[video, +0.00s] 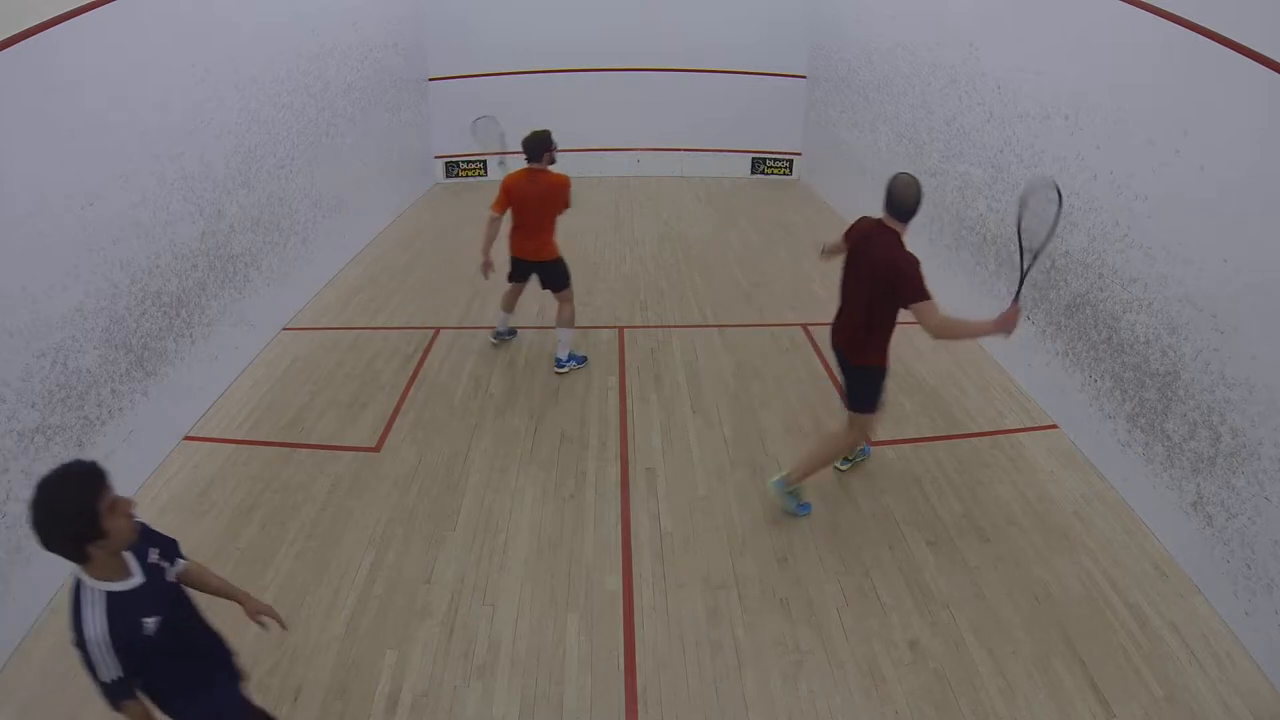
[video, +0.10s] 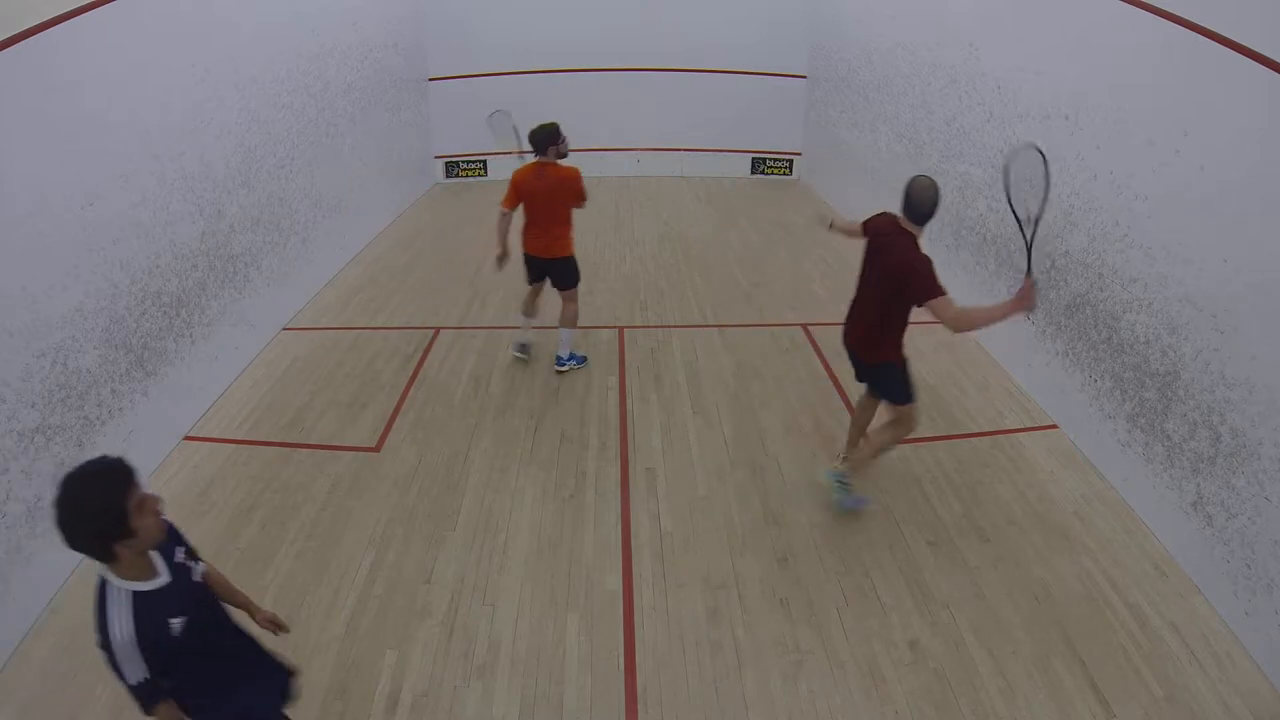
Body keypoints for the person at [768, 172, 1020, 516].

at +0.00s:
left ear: (885, 200)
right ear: (916, 210)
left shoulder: (864, 227)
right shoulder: (903, 263)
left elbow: (834, 248)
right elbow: (937, 326)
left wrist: (829, 249)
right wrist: (996, 326)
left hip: (842, 335)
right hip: (865, 355)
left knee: (860, 395)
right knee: (856, 429)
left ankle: (854, 449)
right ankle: (788, 482)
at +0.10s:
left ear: (904, 202)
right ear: (933, 213)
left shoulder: (883, 223)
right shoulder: (915, 264)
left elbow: (852, 229)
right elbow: (957, 321)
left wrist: (834, 222)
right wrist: (1016, 305)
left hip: (856, 332)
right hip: (881, 351)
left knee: (873, 392)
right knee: (904, 421)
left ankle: (846, 459)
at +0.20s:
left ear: (922, 204)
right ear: (953, 216)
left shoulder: (900, 223)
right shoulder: (932, 266)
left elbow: (865, 225)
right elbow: (976, 320)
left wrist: (836, 216)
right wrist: (1028, 291)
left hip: (868, 336)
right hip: (899, 351)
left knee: (878, 386)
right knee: (922, 417)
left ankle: (848, 452)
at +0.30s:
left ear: (933, 204)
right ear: (965, 215)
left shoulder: (906, 228)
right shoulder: (961, 268)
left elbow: (866, 241)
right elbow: (1011, 299)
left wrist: (842, 234)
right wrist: (1040, 283)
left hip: (885, 341)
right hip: (923, 356)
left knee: (879, 389)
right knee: (929, 422)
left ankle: (848, 452)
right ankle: (915, 494)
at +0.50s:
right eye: (961, 191)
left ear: (935, 198)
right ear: (969, 200)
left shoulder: (920, 240)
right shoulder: (977, 236)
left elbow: (895, 267)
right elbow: (951, 249)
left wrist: (913, 231)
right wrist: (927, 230)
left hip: (914, 339)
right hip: (955, 348)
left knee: (889, 377)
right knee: (939, 423)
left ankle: (868, 428)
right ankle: (922, 492)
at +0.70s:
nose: (912, 200)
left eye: (914, 196)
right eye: (916, 195)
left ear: (916, 203)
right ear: (947, 204)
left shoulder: (937, 248)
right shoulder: (945, 237)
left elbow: (923, 324)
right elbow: (919, 294)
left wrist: (900, 292)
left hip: (933, 349)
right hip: (963, 347)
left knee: (883, 389)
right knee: (948, 424)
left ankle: (861, 459)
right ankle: (942, 502)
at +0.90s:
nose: (876, 204)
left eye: (879, 201)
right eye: (879, 199)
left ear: (886, 210)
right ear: (909, 208)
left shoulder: (918, 257)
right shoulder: (892, 239)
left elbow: (949, 324)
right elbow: (893, 294)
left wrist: (903, 345)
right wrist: (879, 329)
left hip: (910, 357)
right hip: (911, 350)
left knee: (864, 419)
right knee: (928, 418)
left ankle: (872, 491)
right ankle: (948, 490)